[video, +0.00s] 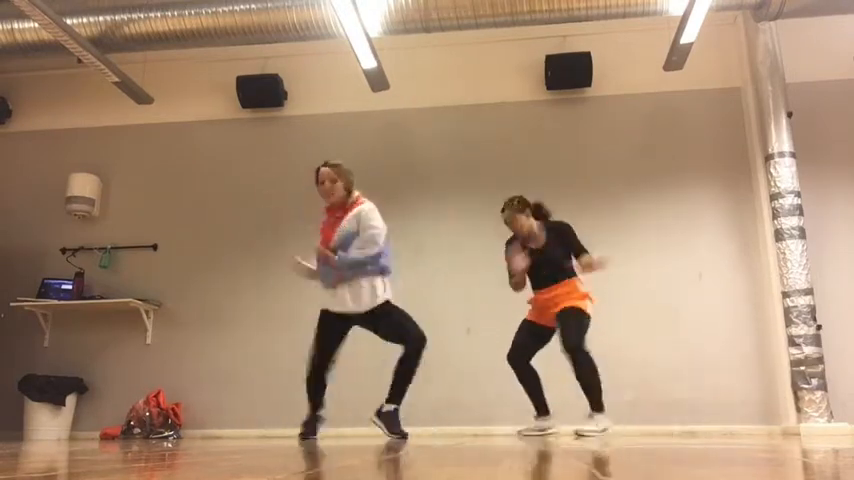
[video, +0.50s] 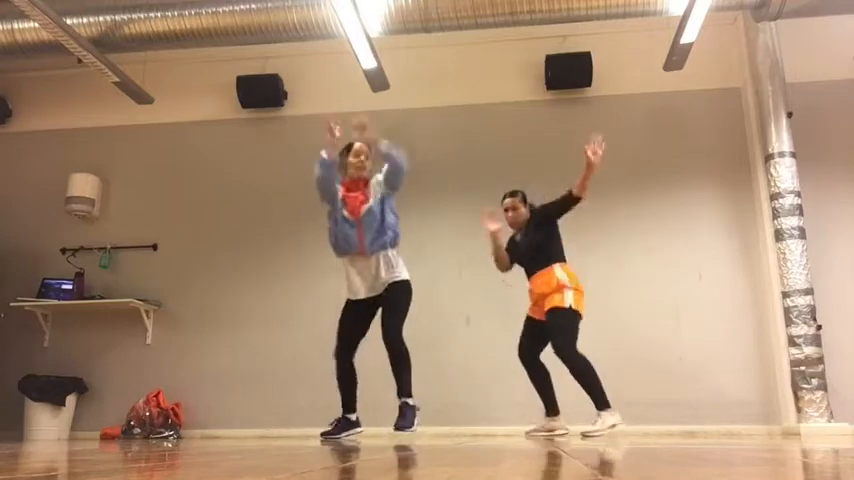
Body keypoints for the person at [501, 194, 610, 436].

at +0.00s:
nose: (513, 228)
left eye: (514, 220)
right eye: (508, 223)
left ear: (527, 214)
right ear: (507, 224)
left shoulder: (560, 230)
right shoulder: (514, 246)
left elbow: (584, 262)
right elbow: (517, 287)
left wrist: (591, 263)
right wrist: (518, 270)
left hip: (571, 297)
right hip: (543, 305)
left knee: (573, 346)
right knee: (516, 357)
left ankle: (599, 415)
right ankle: (544, 418)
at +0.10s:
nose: (522, 236)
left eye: (523, 230)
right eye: (517, 233)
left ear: (531, 216)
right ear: (514, 229)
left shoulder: (553, 225)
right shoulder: (523, 239)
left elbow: (553, 264)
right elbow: (517, 272)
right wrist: (494, 297)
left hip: (567, 300)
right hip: (536, 304)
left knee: (594, 342)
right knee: (530, 363)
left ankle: (588, 416)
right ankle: (536, 419)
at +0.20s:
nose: (517, 230)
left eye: (520, 222)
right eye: (512, 225)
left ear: (531, 214)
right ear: (508, 224)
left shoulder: (548, 227)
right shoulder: (521, 240)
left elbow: (538, 263)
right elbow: (533, 269)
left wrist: (507, 274)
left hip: (568, 302)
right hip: (538, 306)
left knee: (598, 341)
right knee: (534, 364)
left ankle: (592, 416)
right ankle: (535, 420)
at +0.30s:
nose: (516, 226)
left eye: (519, 219)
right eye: (511, 223)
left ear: (531, 212)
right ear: (507, 224)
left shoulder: (549, 220)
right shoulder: (516, 247)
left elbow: (565, 238)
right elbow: (522, 284)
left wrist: (538, 253)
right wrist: (513, 289)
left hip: (570, 290)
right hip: (545, 301)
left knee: (572, 344)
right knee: (522, 353)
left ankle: (604, 415)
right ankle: (542, 414)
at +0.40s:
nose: (511, 224)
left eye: (515, 218)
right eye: (507, 220)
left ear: (528, 216)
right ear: (506, 222)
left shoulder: (542, 220)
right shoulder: (519, 249)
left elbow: (568, 210)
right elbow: (513, 277)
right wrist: (506, 257)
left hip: (564, 290)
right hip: (547, 300)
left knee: (563, 353)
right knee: (530, 354)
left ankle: (610, 415)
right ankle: (554, 419)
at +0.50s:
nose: (509, 214)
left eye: (513, 208)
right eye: (505, 210)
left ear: (527, 207)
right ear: (504, 215)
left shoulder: (543, 216)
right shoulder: (513, 243)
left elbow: (574, 197)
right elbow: (503, 267)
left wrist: (590, 168)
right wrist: (496, 240)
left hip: (563, 290)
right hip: (541, 299)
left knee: (564, 348)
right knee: (527, 353)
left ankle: (607, 413)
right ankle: (553, 419)